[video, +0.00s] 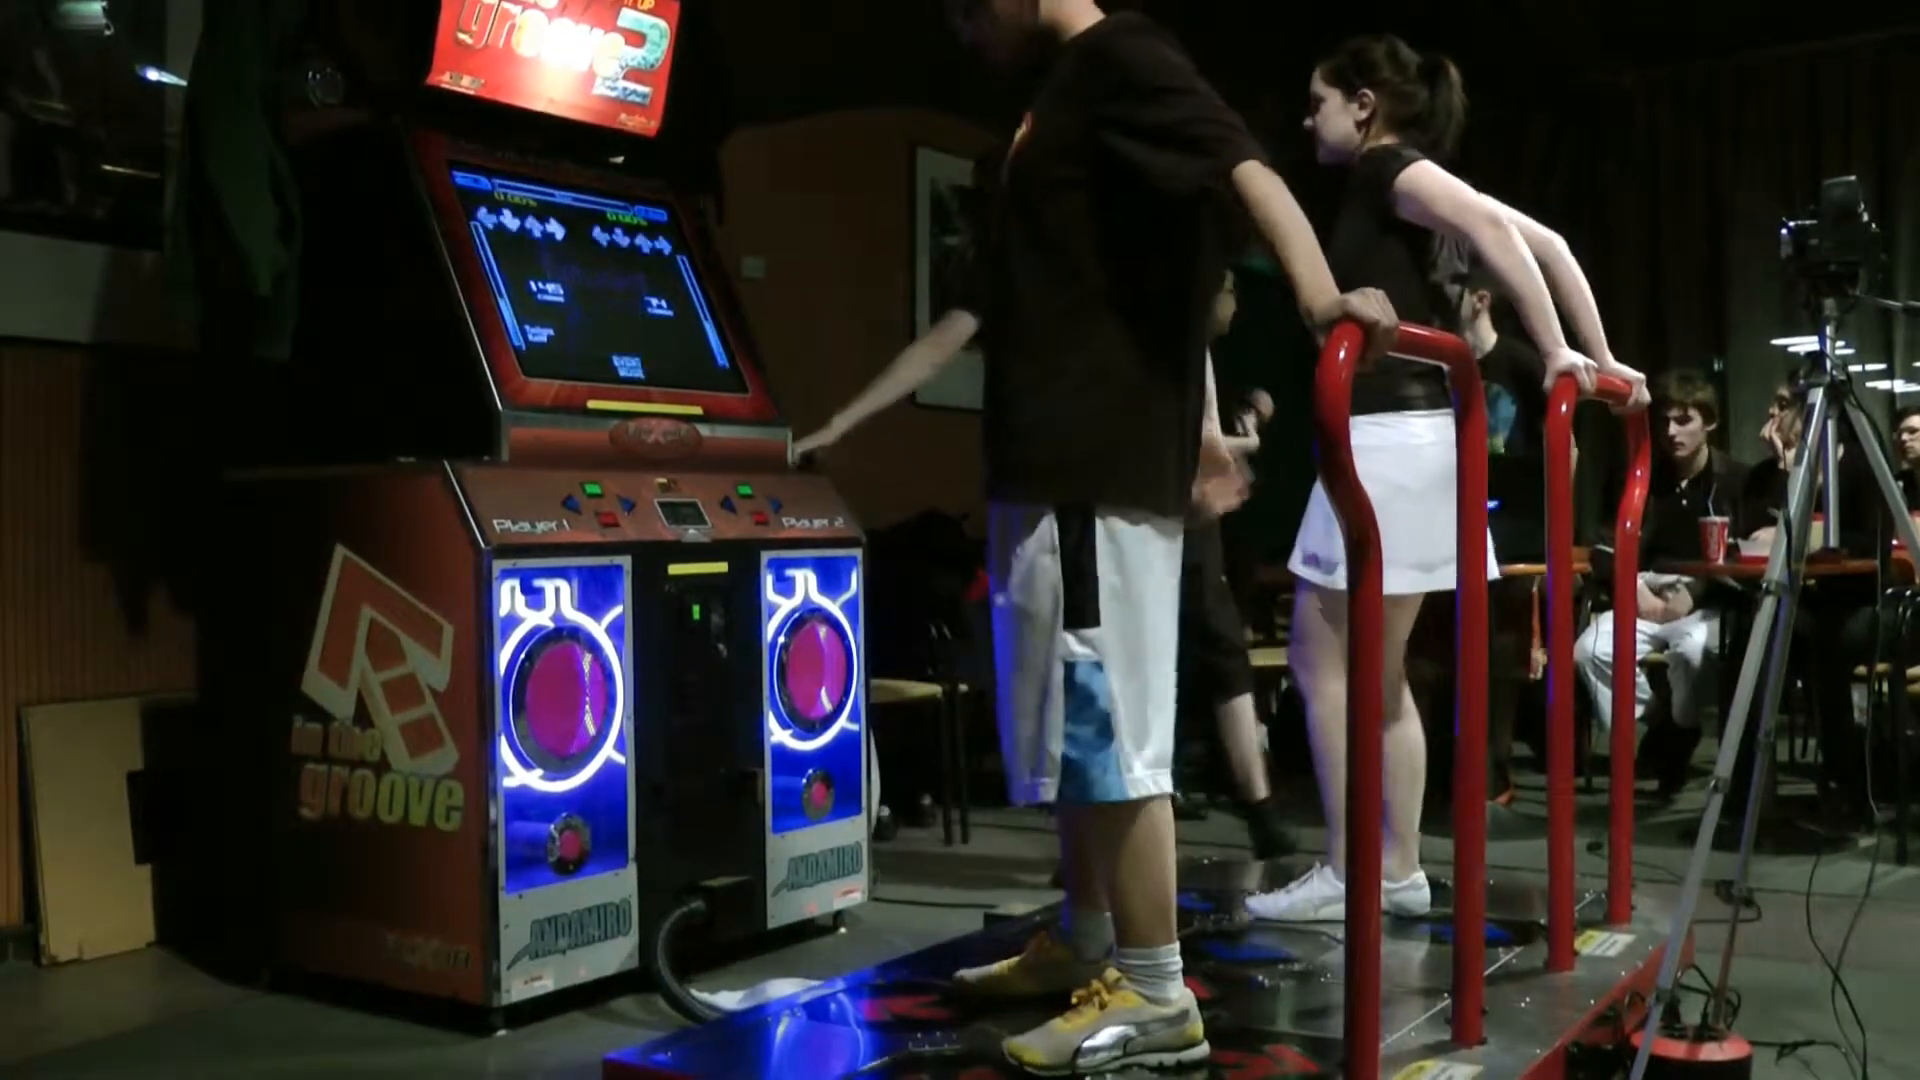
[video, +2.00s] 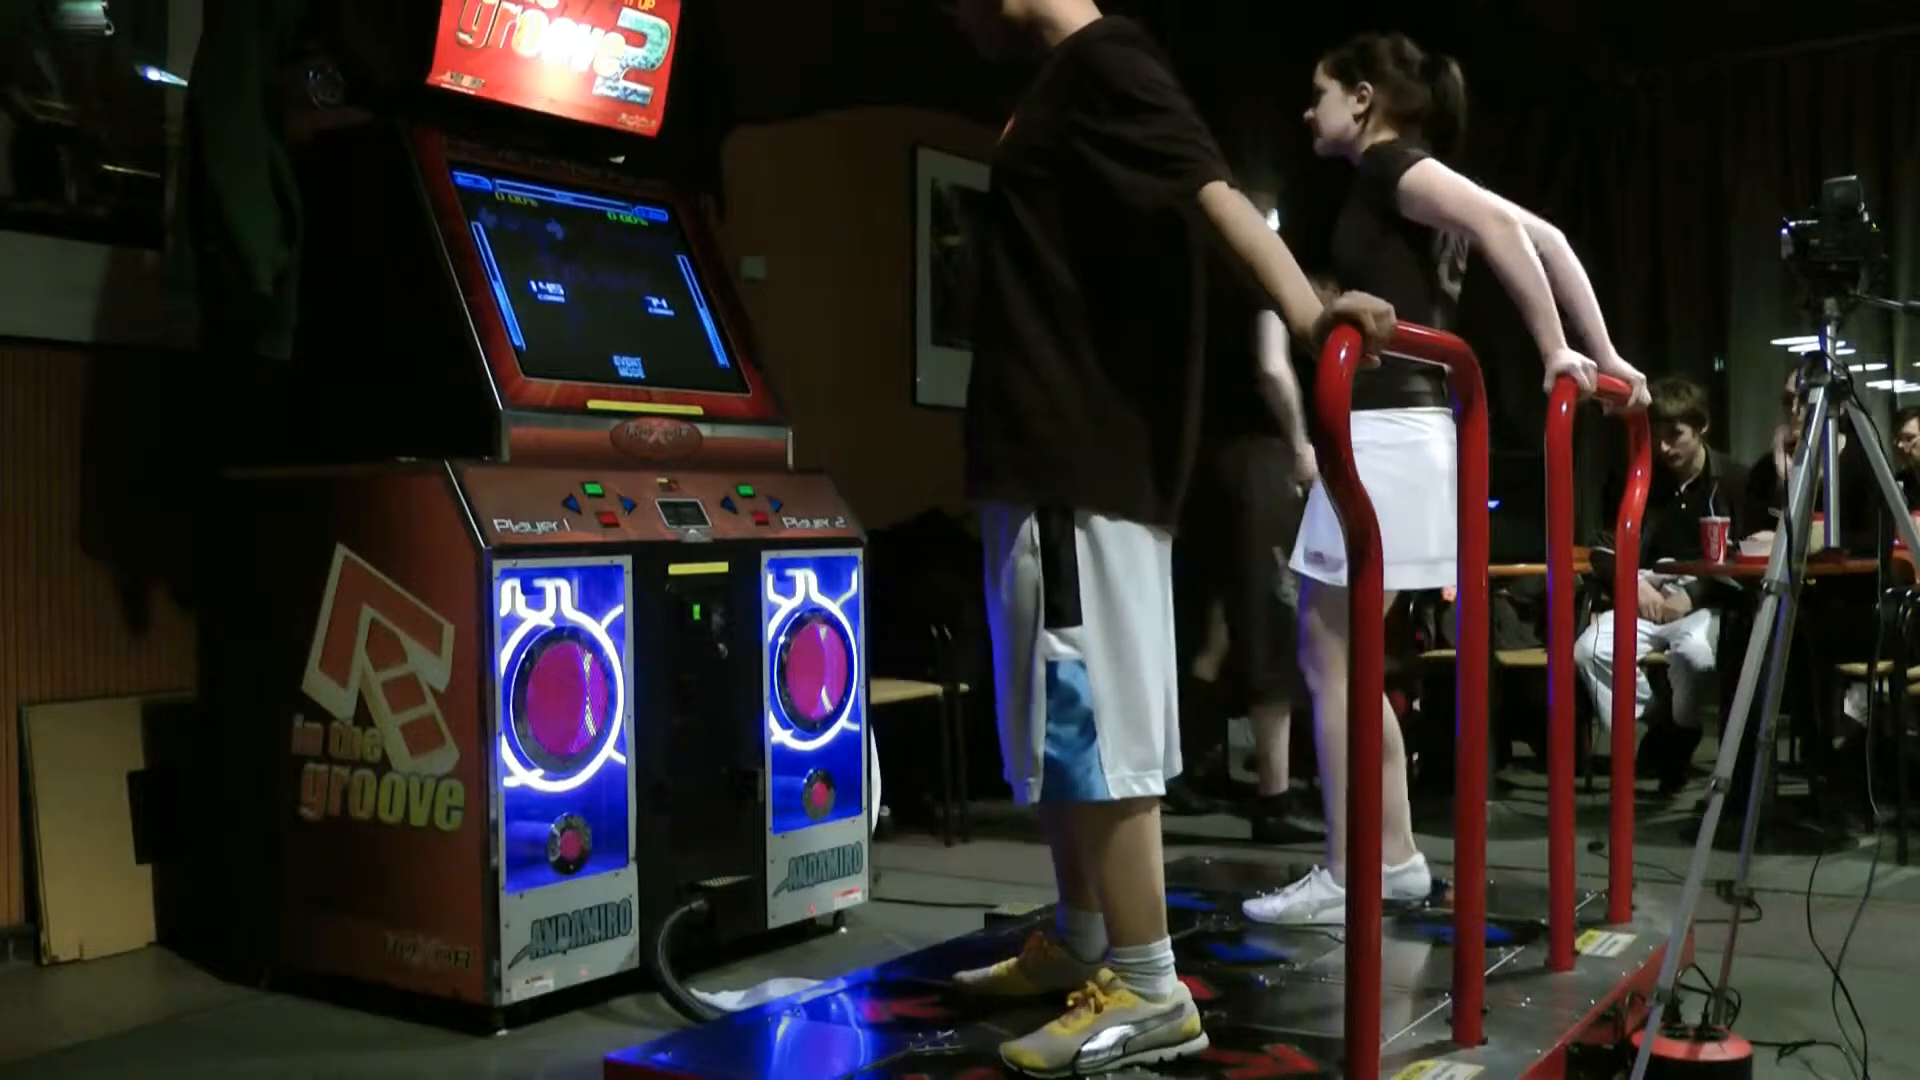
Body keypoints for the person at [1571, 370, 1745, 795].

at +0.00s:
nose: (1671, 431)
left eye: (1683, 421)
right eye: (1664, 421)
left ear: (1709, 424)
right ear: (1655, 426)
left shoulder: (1734, 479)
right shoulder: (1645, 477)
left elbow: (1743, 555)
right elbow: (1607, 547)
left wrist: (1693, 593)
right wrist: (1637, 593)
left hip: (1706, 602)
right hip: (1647, 596)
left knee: (1691, 652)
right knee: (1595, 649)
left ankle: (1681, 738)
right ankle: (1656, 732)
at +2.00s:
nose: (1666, 447)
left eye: (1675, 435)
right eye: (1658, 437)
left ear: (1701, 429)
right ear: (1648, 438)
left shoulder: (1732, 480)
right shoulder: (1642, 479)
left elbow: (1745, 557)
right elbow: (1604, 549)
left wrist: (1691, 596)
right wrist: (1634, 587)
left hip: (1704, 602)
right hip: (1645, 598)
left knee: (1692, 654)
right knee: (1594, 649)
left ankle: (1683, 736)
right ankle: (1659, 730)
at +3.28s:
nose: (1658, 426)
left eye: (1670, 415)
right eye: (1654, 416)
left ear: (1700, 419)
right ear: (1649, 421)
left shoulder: (1738, 482)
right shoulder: (1645, 478)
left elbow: (1753, 564)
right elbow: (1607, 551)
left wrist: (1692, 596)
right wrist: (1634, 586)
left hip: (1710, 606)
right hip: (1648, 606)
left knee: (1691, 652)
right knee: (1593, 649)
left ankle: (1685, 742)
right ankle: (1646, 743)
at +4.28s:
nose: (1649, 432)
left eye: (1657, 423)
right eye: (1648, 423)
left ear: (1688, 427)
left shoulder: (1734, 481)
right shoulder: (1642, 477)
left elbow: (1746, 559)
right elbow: (1606, 547)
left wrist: (1692, 596)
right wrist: (1634, 587)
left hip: (1701, 600)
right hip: (1643, 597)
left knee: (1695, 651)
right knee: (1597, 648)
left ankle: (1676, 747)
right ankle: (1650, 746)